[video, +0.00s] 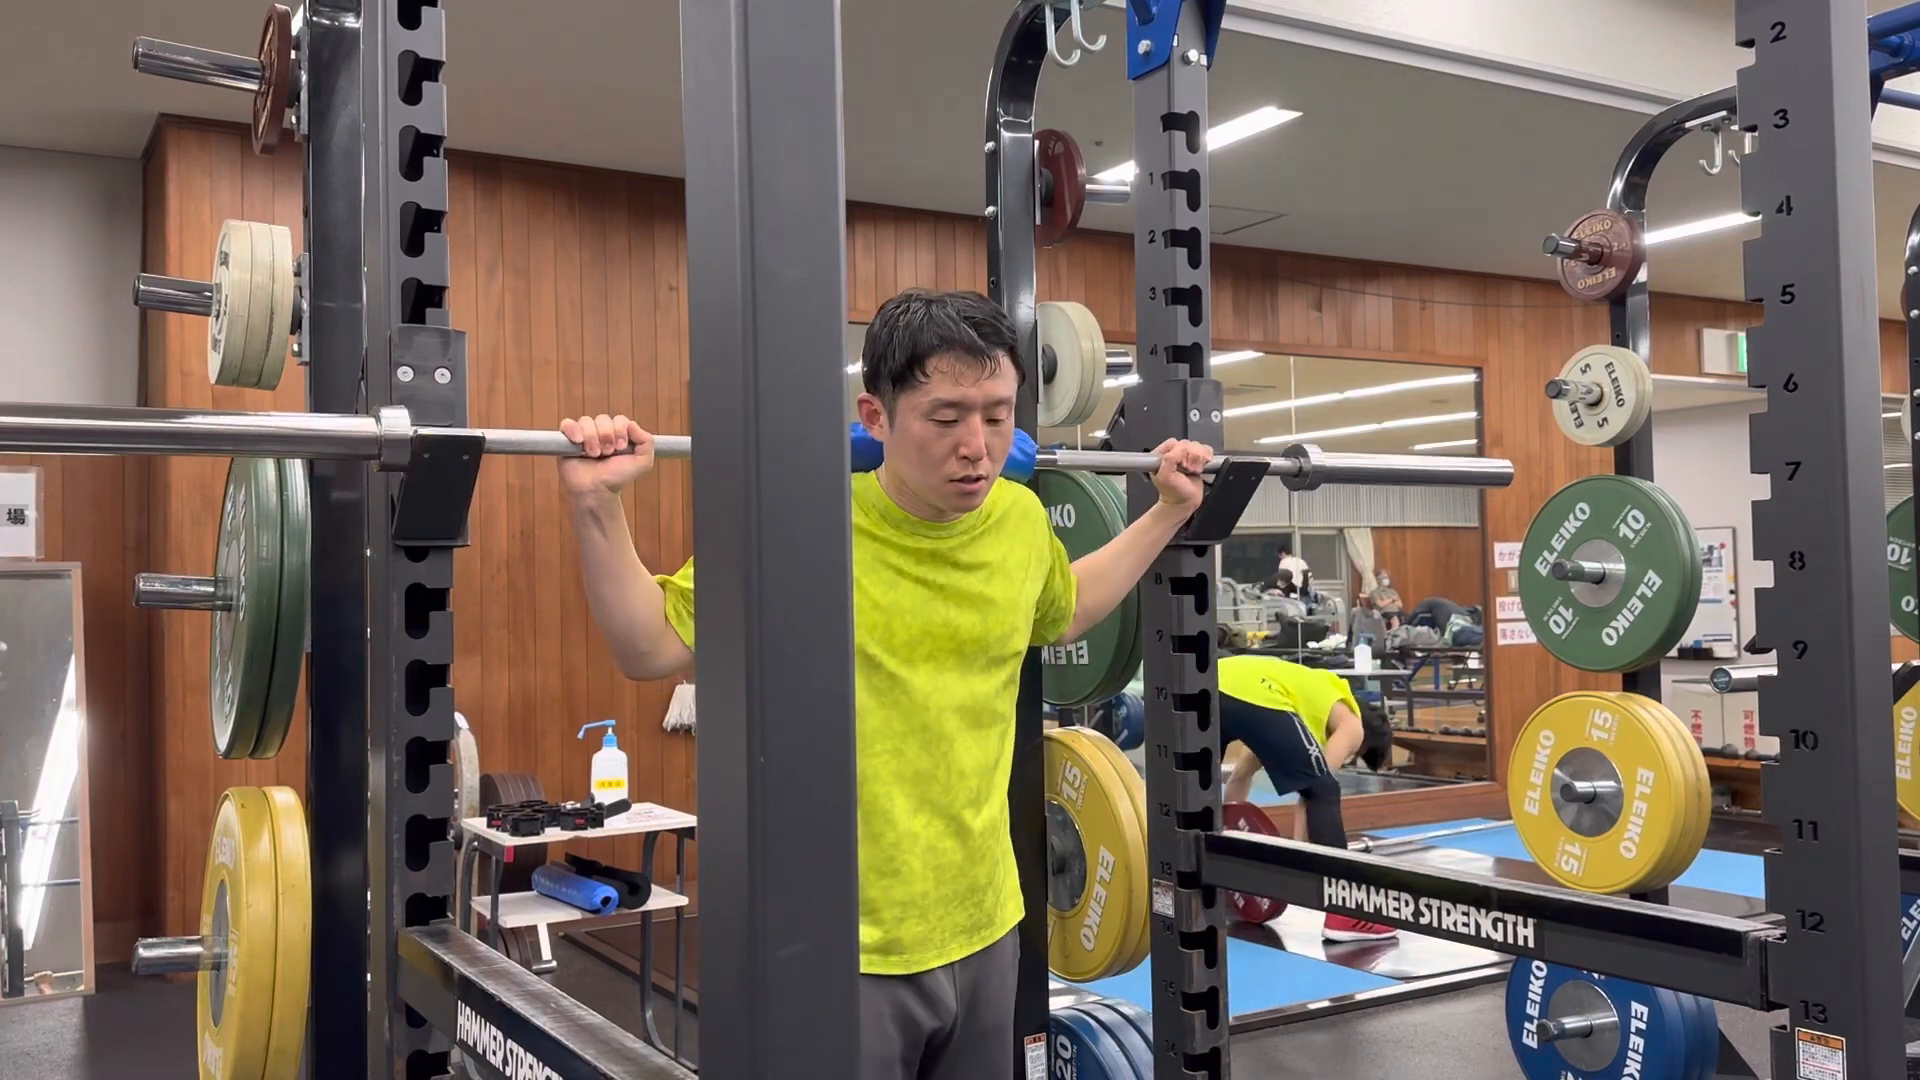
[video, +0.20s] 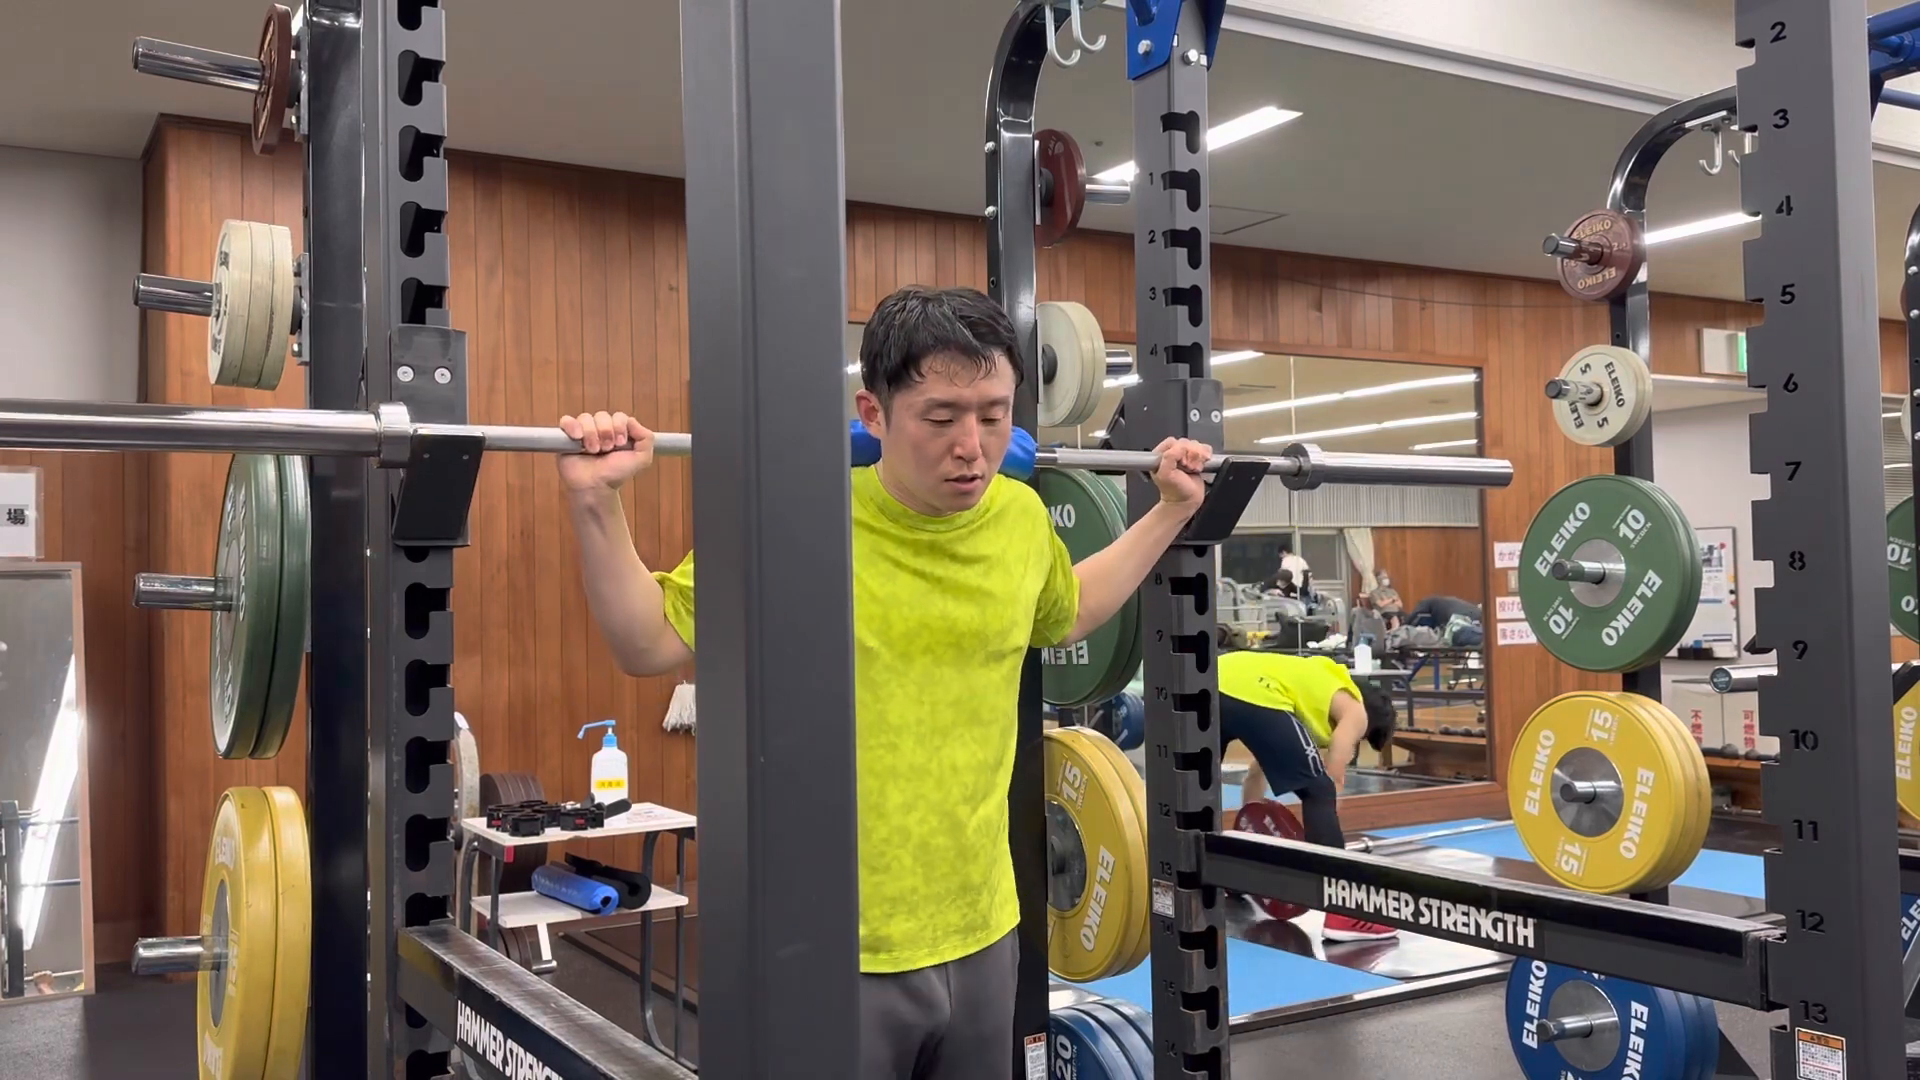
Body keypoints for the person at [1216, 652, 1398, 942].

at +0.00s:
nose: (1348, 759)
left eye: (1354, 758)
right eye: (1355, 754)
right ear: (1366, 735)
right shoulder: (1351, 725)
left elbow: (1241, 774)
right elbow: (1309, 794)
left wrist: (1228, 832)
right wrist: (1301, 861)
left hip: (1207, 687)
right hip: (1263, 700)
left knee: (1195, 791)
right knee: (1323, 791)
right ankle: (1342, 909)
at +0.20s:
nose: (1355, 741)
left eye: (1363, 738)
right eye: (1364, 736)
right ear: (1369, 718)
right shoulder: (1354, 711)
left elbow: (1257, 771)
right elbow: (1335, 778)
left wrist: (1251, 831)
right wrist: (1326, 830)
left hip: (1209, 687)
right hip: (1261, 701)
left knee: (1195, 795)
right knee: (1319, 792)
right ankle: (1342, 909)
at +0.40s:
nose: (1379, 738)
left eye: (1385, 735)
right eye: (1385, 732)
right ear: (1388, 717)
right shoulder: (1369, 705)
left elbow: (1281, 767)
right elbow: (1354, 779)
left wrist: (1279, 827)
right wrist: (1352, 848)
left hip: (1218, 686)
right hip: (1266, 700)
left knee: (1200, 792)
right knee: (1326, 794)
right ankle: (1343, 908)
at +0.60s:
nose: (1399, 735)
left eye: (1405, 733)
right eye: (1405, 729)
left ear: (1398, 688)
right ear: (1408, 716)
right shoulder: (1388, 713)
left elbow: (1291, 772)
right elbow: (1363, 784)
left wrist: (1285, 838)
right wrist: (1354, 840)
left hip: (1228, 688)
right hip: (1276, 704)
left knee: (1244, 766)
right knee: (1348, 793)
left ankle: (1201, 860)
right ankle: (1344, 910)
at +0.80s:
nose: (1401, 744)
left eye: (1408, 741)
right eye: (1408, 739)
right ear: (1411, 722)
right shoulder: (1390, 714)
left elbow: (1297, 767)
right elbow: (1364, 786)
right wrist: (1356, 840)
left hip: (1232, 696)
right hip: (1275, 710)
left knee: (1259, 786)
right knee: (1350, 794)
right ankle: (1342, 909)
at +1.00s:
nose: (1395, 736)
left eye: (1401, 734)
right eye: (1402, 731)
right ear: (1404, 714)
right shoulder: (1383, 709)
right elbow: (1363, 780)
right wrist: (1355, 848)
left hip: (1230, 690)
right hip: (1268, 701)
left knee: (1261, 780)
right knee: (1332, 794)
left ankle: (1252, 881)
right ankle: (1341, 909)